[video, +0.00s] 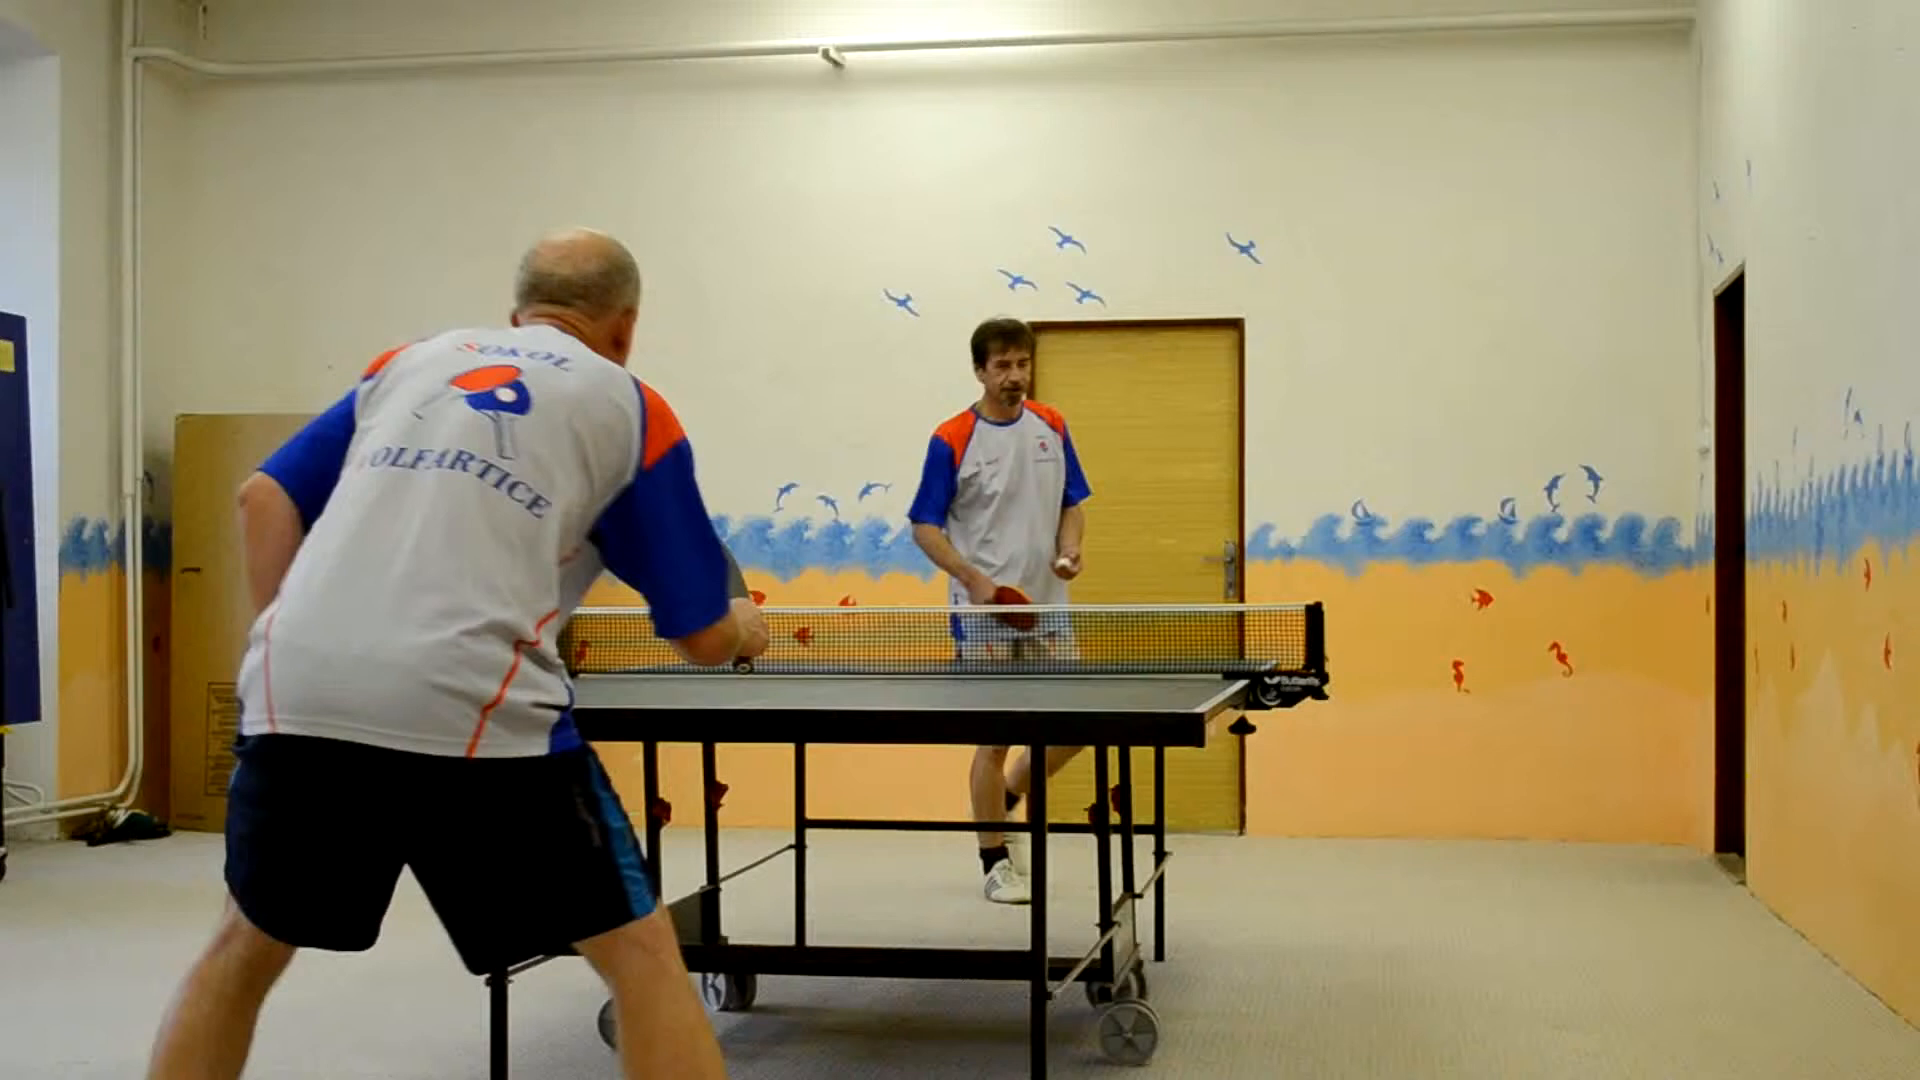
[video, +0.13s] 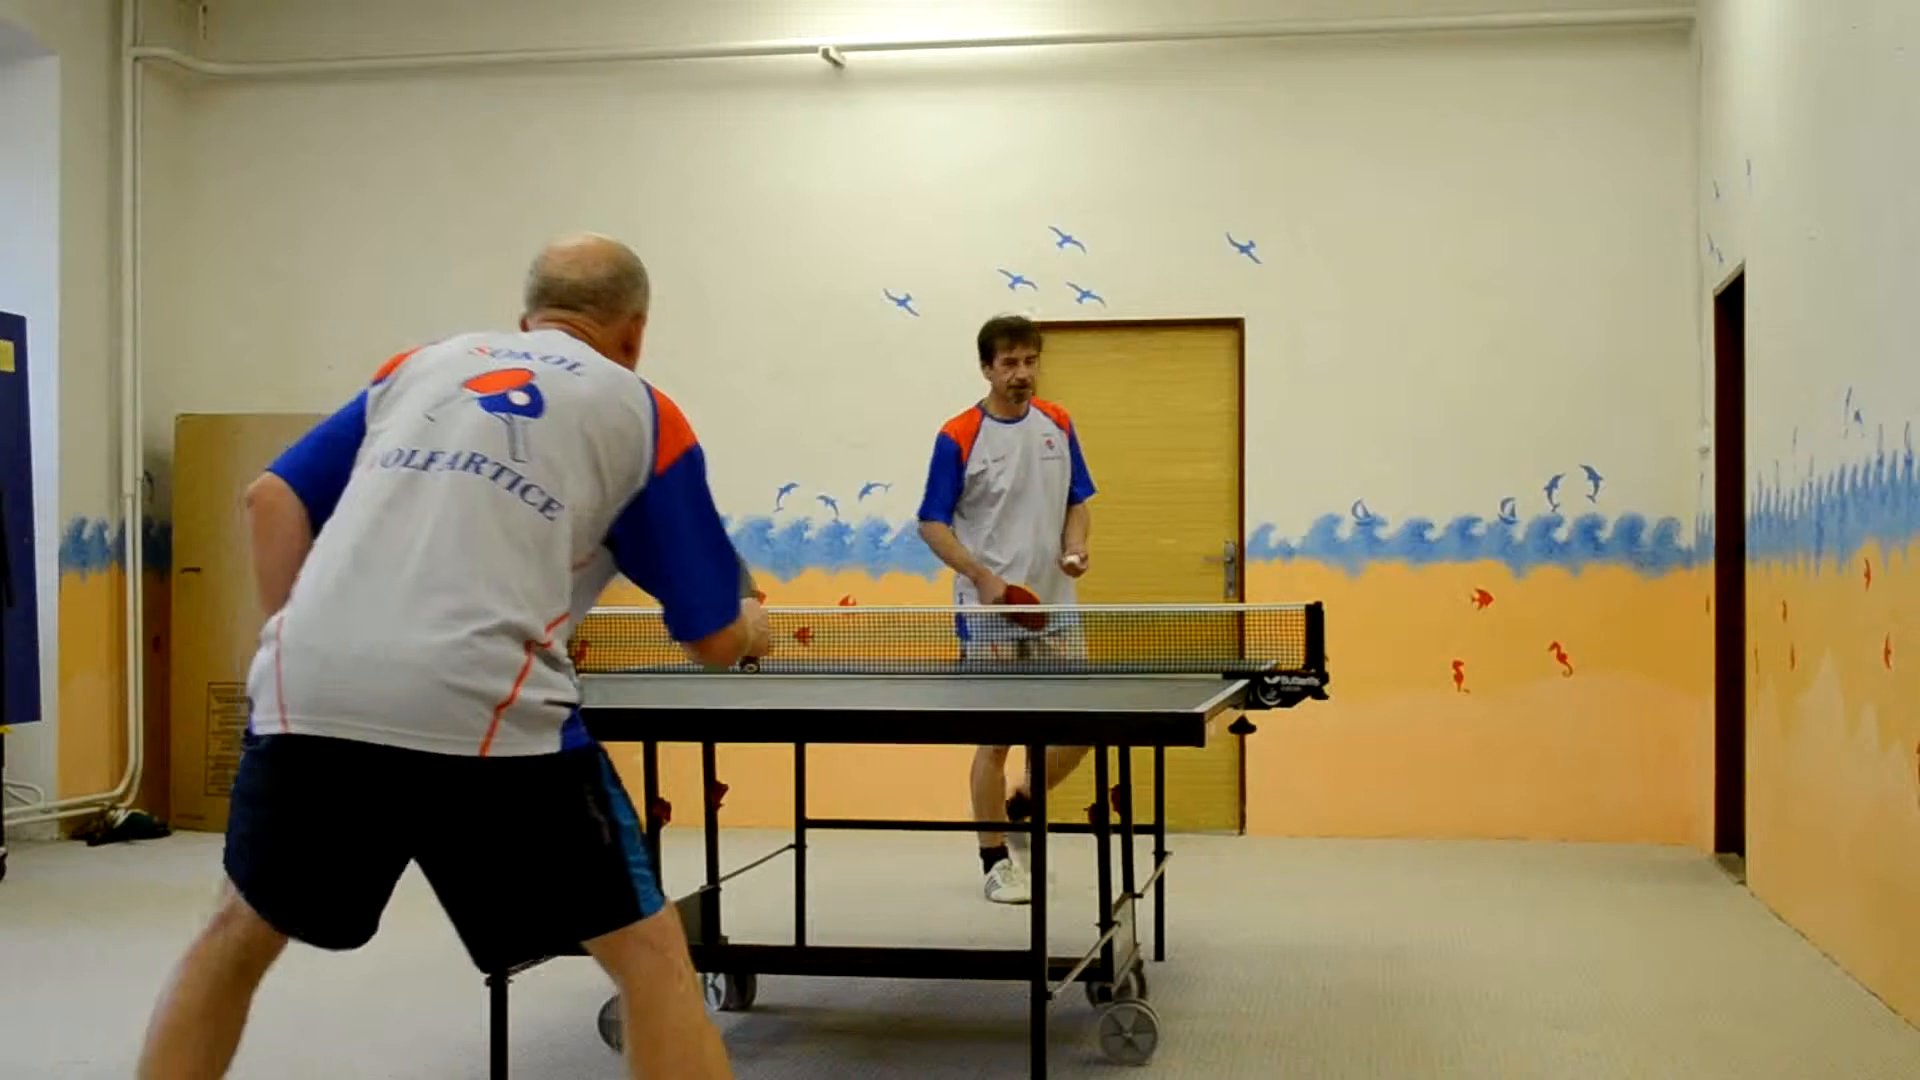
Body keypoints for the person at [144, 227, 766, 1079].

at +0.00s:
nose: (633, 343)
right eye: (634, 329)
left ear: (521, 310)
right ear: (622, 328)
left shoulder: (404, 364)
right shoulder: (630, 408)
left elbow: (269, 494)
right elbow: (707, 635)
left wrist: (288, 651)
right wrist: (742, 627)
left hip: (298, 700)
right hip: (481, 714)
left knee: (242, 948)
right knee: (640, 956)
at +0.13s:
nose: (640, 345)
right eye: (641, 332)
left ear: (529, 313)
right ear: (632, 331)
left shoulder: (415, 368)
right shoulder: (643, 416)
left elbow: (274, 496)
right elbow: (714, 639)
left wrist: (294, 648)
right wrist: (745, 622)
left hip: (309, 700)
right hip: (492, 716)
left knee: (236, 937)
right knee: (651, 959)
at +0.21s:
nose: (648, 352)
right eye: (649, 337)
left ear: (534, 315)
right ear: (639, 335)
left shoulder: (423, 370)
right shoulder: (653, 419)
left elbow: (281, 494)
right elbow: (721, 637)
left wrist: (305, 654)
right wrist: (755, 622)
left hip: (317, 700)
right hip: (501, 715)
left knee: (230, 926)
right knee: (653, 954)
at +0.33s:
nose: (648, 360)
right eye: (650, 347)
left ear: (532, 322)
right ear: (638, 343)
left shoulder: (422, 379)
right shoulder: (652, 429)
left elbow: (280, 505)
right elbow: (725, 633)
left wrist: (300, 670)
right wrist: (761, 616)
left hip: (310, 718)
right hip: (501, 733)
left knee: (207, 943)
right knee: (653, 963)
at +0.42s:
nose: (625, 369)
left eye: (624, 357)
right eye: (628, 356)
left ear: (513, 326)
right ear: (615, 352)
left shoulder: (395, 393)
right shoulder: (625, 441)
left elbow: (257, 532)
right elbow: (708, 638)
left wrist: (273, 690)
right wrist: (748, 615)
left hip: (289, 728)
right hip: (475, 740)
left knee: (190, 963)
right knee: (643, 965)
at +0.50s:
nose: (599, 372)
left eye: (599, 358)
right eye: (601, 360)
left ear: (485, 331)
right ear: (585, 358)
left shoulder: (360, 404)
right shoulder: (590, 447)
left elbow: (228, 539)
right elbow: (679, 641)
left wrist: (252, 695)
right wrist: (726, 614)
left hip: (267, 737)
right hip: (455, 745)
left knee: (180, 967)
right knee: (636, 958)